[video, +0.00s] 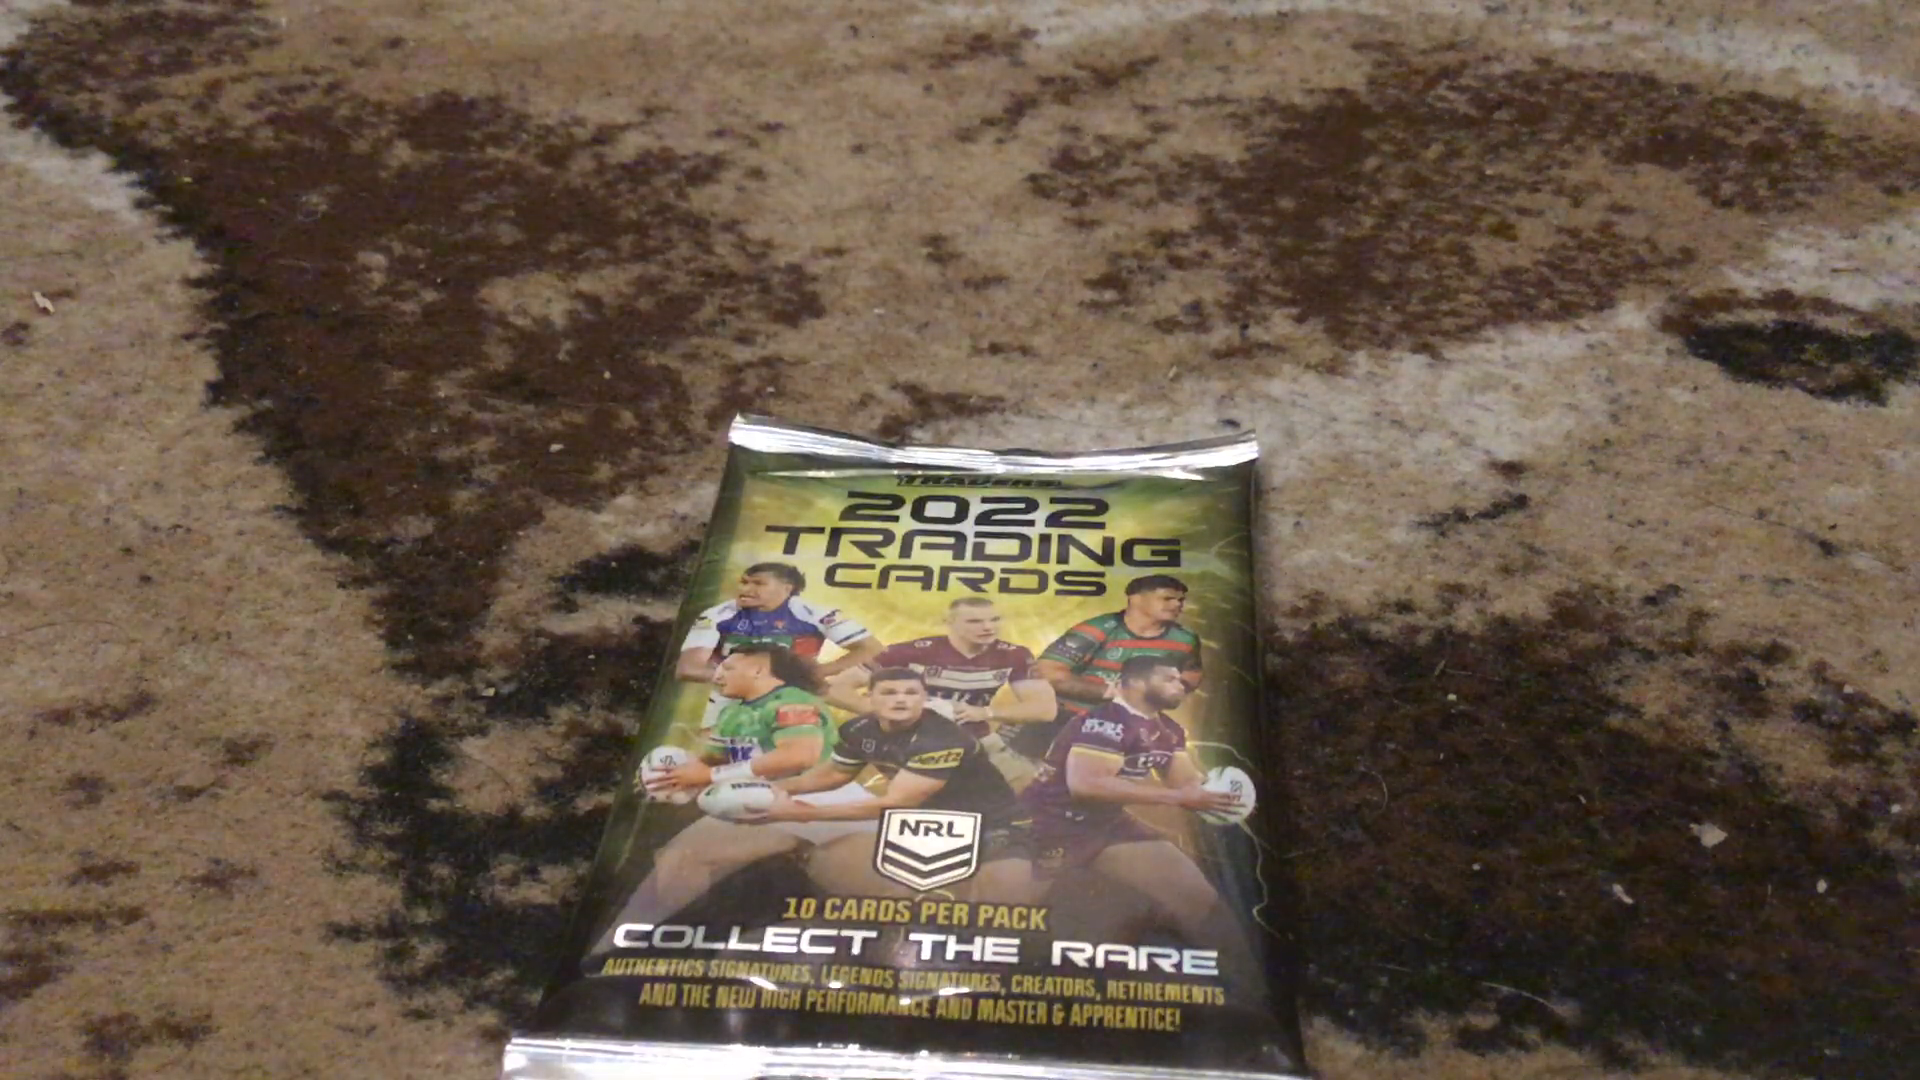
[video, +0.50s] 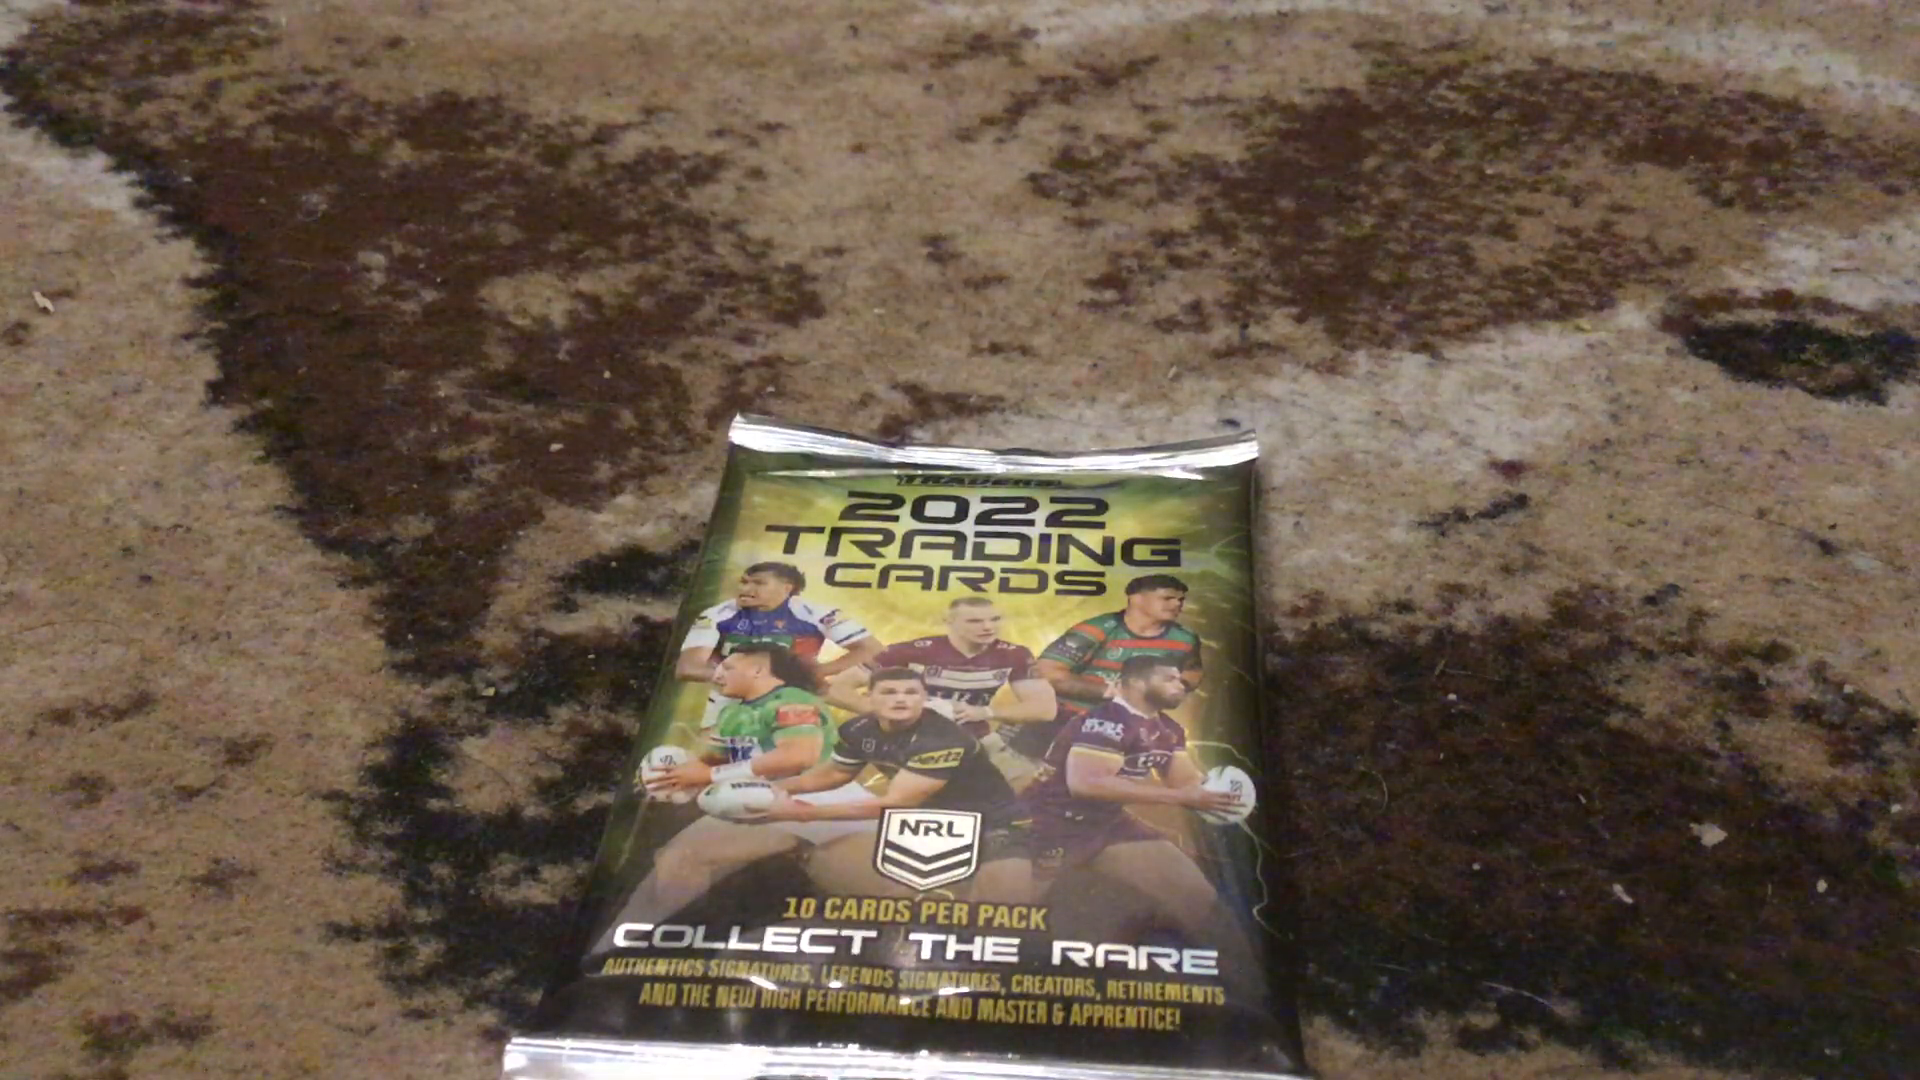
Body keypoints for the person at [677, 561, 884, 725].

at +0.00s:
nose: (748, 590)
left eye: (759, 584)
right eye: (746, 583)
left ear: (788, 588)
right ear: (740, 584)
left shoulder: (808, 614)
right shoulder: (720, 615)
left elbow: (871, 648)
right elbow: (687, 668)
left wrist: (819, 671)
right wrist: (738, 673)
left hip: (786, 715)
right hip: (725, 713)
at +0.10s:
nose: (748, 590)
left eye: (759, 584)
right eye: (746, 583)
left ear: (788, 588)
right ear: (741, 584)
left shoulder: (809, 614)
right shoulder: (720, 615)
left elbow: (872, 649)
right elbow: (687, 668)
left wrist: (818, 672)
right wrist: (739, 673)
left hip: (787, 718)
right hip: (725, 716)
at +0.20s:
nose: (748, 590)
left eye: (759, 584)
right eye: (746, 583)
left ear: (788, 588)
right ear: (740, 584)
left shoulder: (808, 613)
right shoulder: (720, 615)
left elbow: (872, 649)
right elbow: (687, 668)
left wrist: (820, 671)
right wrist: (739, 673)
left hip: (787, 715)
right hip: (725, 714)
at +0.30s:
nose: (748, 590)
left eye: (759, 583)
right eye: (746, 583)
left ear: (787, 588)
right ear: (740, 584)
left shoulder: (807, 613)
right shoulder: (721, 615)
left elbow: (871, 648)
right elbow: (686, 667)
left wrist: (819, 671)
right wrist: (738, 673)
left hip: (788, 715)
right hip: (726, 714)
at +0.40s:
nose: (748, 590)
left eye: (760, 583)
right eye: (746, 583)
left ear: (788, 588)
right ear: (741, 584)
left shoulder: (808, 613)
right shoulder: (720, 615)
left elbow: (871, 648)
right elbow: (686, 667)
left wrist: (819, 671)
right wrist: (739, 673)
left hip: (786, 714)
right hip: (725, 712)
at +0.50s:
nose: (748, 590)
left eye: (759, 583)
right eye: (746, 583)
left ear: (788, 588)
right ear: (740, 584)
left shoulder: (808, 613)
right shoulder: (720, 615)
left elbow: (871, 649)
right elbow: (686, 667)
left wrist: (818, 671)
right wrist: (739, 673)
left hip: (789, 715)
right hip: (726, 715)